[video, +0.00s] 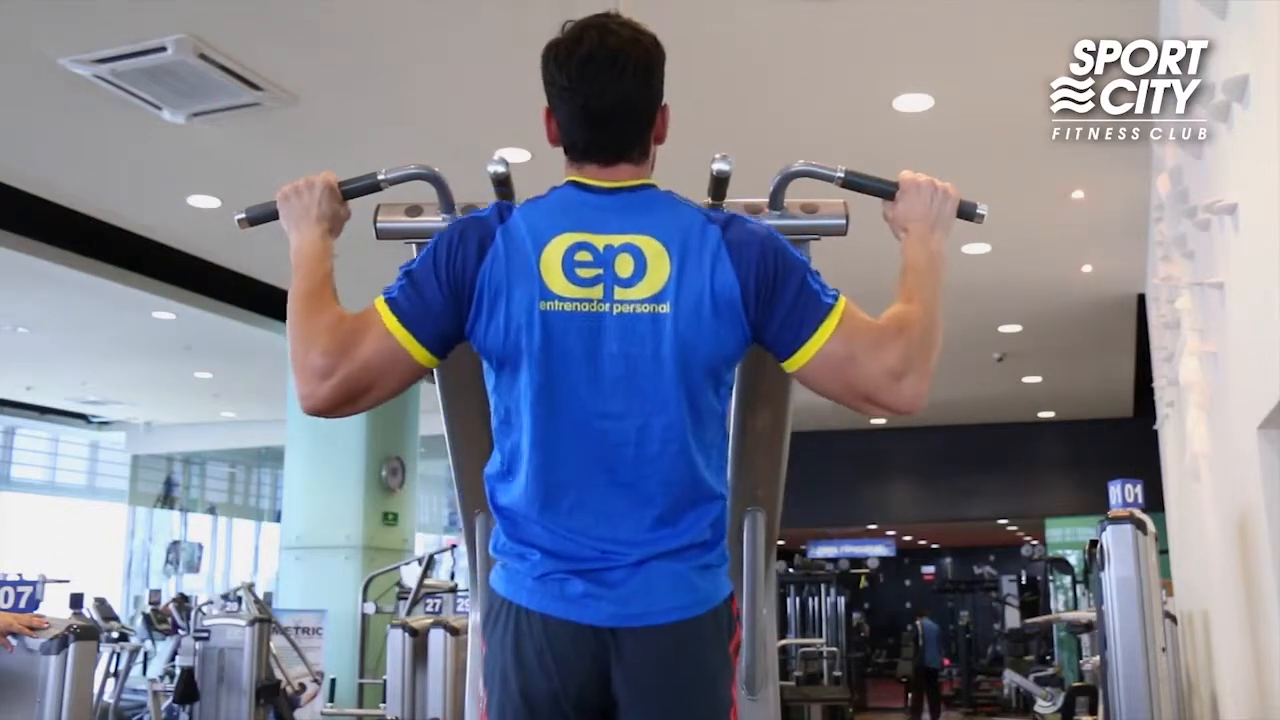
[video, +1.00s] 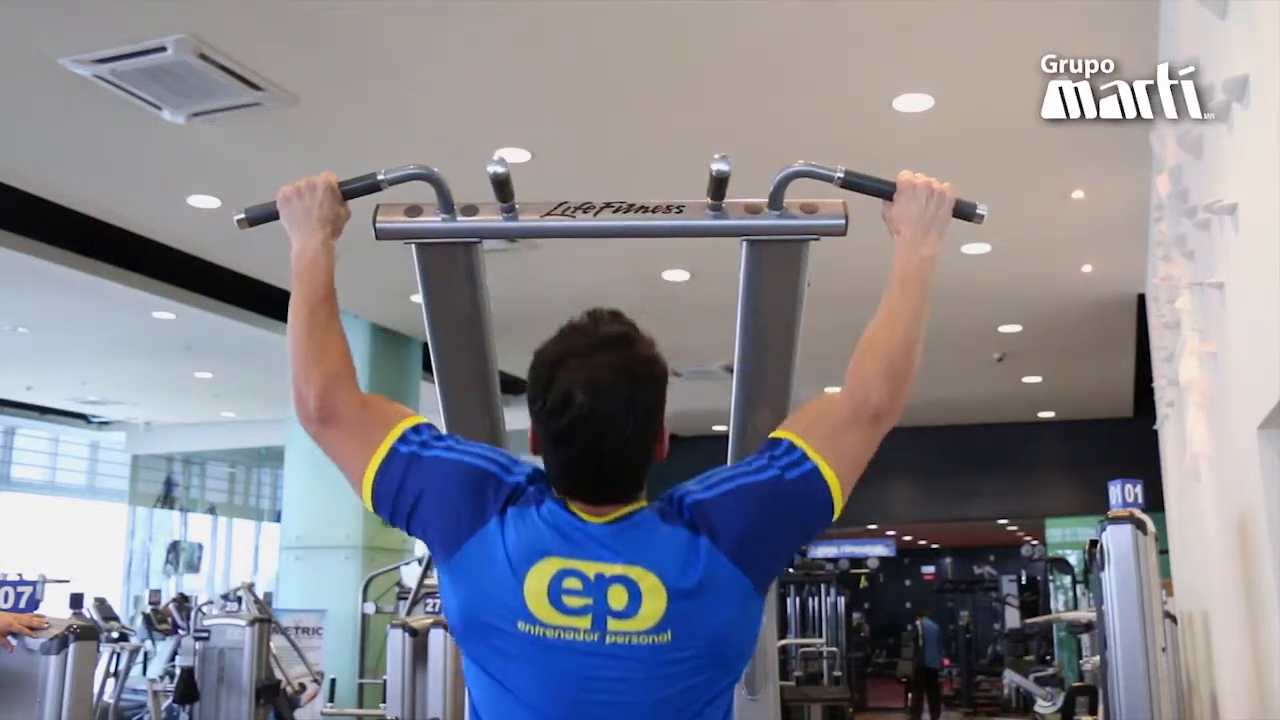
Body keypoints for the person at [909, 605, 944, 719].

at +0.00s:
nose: (916, 618)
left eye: (916, 616)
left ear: (917, 615)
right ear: (928, 614)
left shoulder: (917, 625)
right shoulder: (935, 627)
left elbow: (917, 644)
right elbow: (938, 645)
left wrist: (914, 659)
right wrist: (939, 659)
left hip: (921, 663)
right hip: (934, 664)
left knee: (918, 692)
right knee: (933, 691)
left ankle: (916, 715)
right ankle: (935, 715)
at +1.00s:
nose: (916, 618)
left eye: (916, 616)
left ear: (917, 615)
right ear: (928, 614)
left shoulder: (917, 626)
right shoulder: (935, 627)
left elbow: (916, 644)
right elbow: (938, 645)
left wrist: (914, 659)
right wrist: (939, 659)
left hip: (921, 664)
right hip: (934, 664)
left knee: (918, 692)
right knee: (933, 692)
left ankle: (916, 715)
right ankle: (935, 715)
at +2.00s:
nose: (916, 618)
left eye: (916, 616)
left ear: (917, 615)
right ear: (928, 614)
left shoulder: (917, 625)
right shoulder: (935, 627)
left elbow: (917, 644)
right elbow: (938, 645)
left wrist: (914, 659)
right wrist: (939, 659)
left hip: (921, 664)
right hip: (934, 664)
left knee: (918, 692)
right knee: (933, 691)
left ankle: (916, 715)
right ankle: (935, 715)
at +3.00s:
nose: (916, 618)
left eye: (916, 616)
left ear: (917, 615)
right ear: (928, 614)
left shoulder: (917, 625)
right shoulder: (935, 627)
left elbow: (917, 644)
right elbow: (938, 645)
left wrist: (914, 659)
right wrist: (939, 659)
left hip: (921, 664)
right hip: (934, 664)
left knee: (918, 692)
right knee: (933, 691)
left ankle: (916, 715)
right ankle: (935, 715)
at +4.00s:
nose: (916, 619)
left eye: (916, 616)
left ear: (917, 615)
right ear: (928, 614)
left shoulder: (917, 626)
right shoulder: (935, 627)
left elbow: (916, 644)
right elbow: (939, 645)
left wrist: (914, 659)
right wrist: (939, 659)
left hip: (920, 664)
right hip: (934, 664)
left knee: (918, 692)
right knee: (933, 692)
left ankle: (916, 715)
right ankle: (935, 715)